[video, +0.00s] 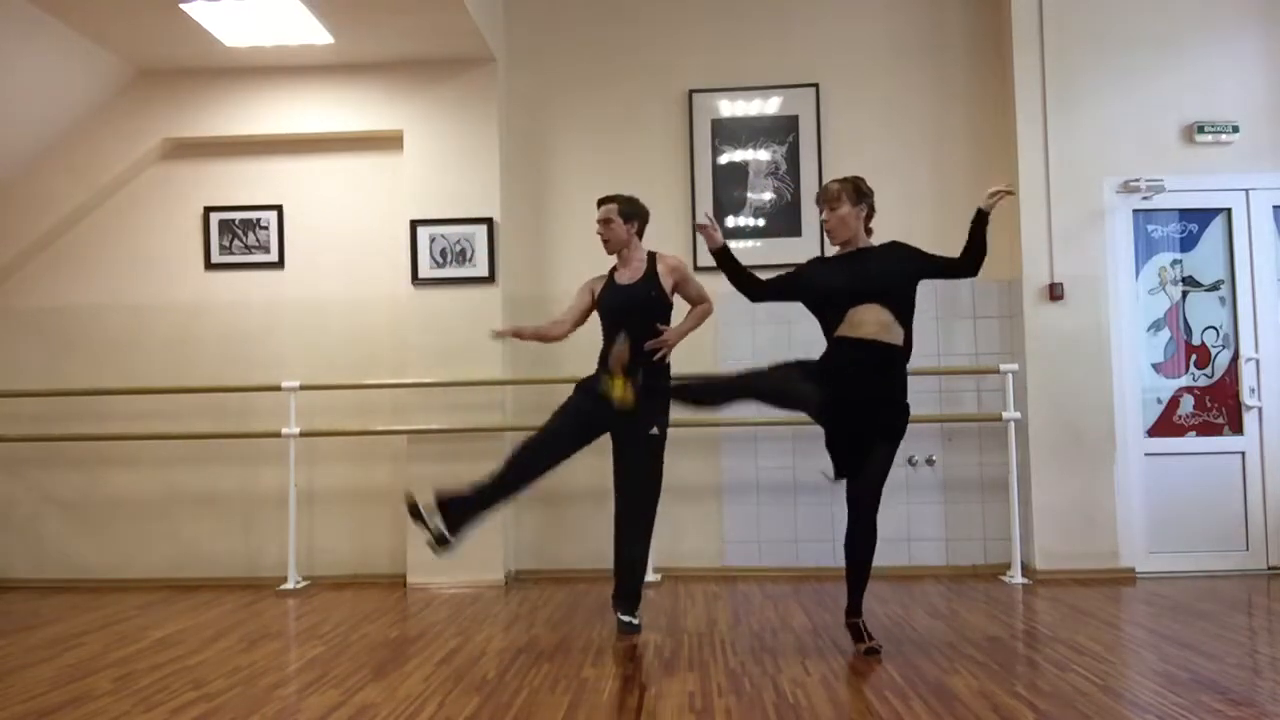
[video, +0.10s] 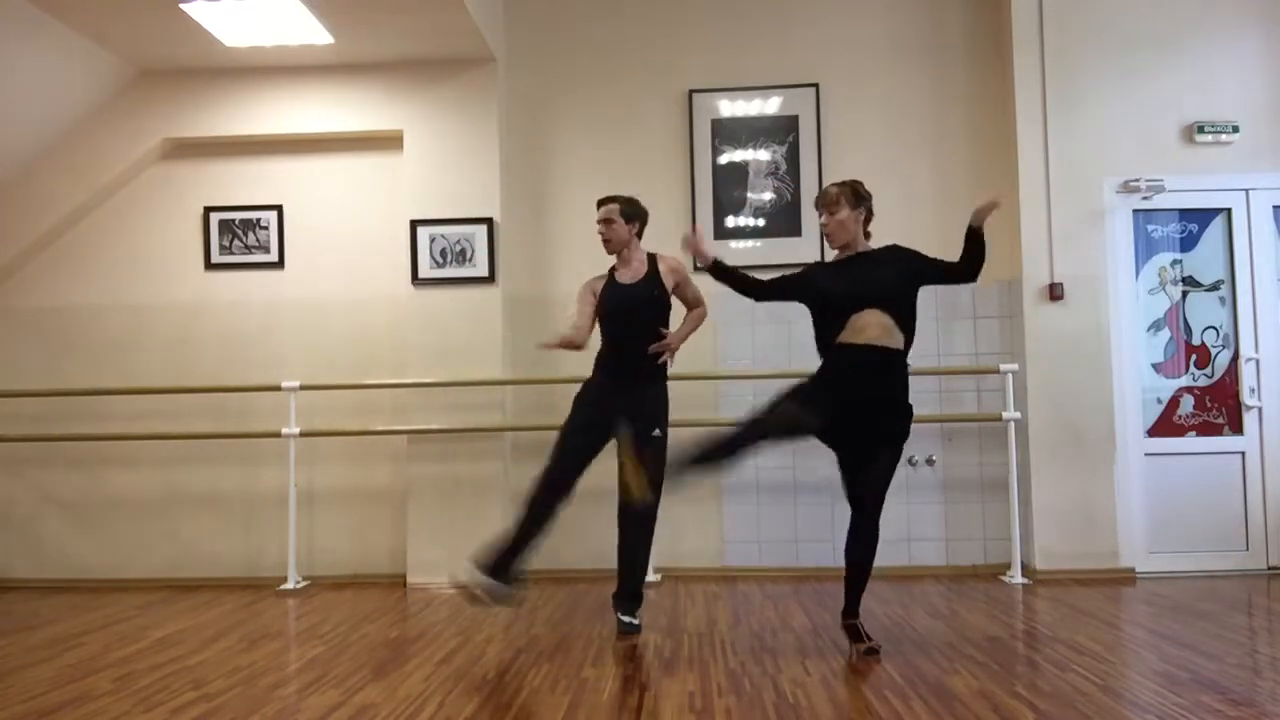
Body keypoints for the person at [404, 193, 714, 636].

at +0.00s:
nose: (600, 230)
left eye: (608, 223)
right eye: (599, 224)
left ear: (634, 227)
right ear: (609, 230)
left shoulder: (668, 268)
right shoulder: (598, 286)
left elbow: (704, 304)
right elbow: (562, 327)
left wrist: (678, 333)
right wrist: (519, 332)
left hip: (646, 400)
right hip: (599, 392)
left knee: (637, 506)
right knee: (533, 457)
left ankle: (627, 604)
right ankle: (451, 521)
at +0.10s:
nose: (600, 231)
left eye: (608, 224)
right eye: (598, 224)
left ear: (634, 227)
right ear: (609, 231)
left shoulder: (668, 268)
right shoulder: (596, 287)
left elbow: (699, 308)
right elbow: (580, 335)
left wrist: (677, 339)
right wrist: (562, 340)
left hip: (647, 393)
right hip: (603, 390)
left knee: (639, 502)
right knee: (556, 479)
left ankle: (628, 603)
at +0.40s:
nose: (617, 228)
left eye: (623, 221)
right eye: (609, 222)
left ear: (637, 228)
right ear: (599, 232)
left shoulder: (660, 275)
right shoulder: (586, 284)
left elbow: (679, 312)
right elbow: (599, 332)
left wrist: (670, 350)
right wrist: (653, 300)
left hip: (648, 400)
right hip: (602, 400)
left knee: (644, 508)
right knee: (591, 495)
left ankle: (629, 604)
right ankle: (655, 458)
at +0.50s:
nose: (616, 229)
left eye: (623, 223)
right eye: (609, 224)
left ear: (636, 230)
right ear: (598, 233)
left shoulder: (655, 275)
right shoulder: (583, 282)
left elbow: (676, 312)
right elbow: (599, 328)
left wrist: (669, 350)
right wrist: (647, 296)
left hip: (650, 399)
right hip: (606, 401)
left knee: (643, 510)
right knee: (600, 498)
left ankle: (628, 605)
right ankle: (673, 455)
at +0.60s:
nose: (615, 231)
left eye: (622, 224)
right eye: (608, 225)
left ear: (635, 231)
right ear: (597, 234)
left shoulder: (652, 278)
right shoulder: (581, 283)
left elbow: (672, 315)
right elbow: (597, 329)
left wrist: (667, 352)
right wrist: (644, 297)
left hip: (649, 402)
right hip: (606, 404)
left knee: (643, 506)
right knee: (613, 501)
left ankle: (627, 604)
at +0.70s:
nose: (613, 236)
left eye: (620, 229)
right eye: (605, 230)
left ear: (632, 236)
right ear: (594, 238)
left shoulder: (650, 281)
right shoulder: (579, 288)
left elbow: (671, 319)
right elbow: (594, 333)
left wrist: (666, 356)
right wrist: (641, 300)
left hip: (648, 404)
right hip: (605, 409)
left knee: (642, 506)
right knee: (634, 507)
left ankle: (627, 604)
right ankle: (696, 583)